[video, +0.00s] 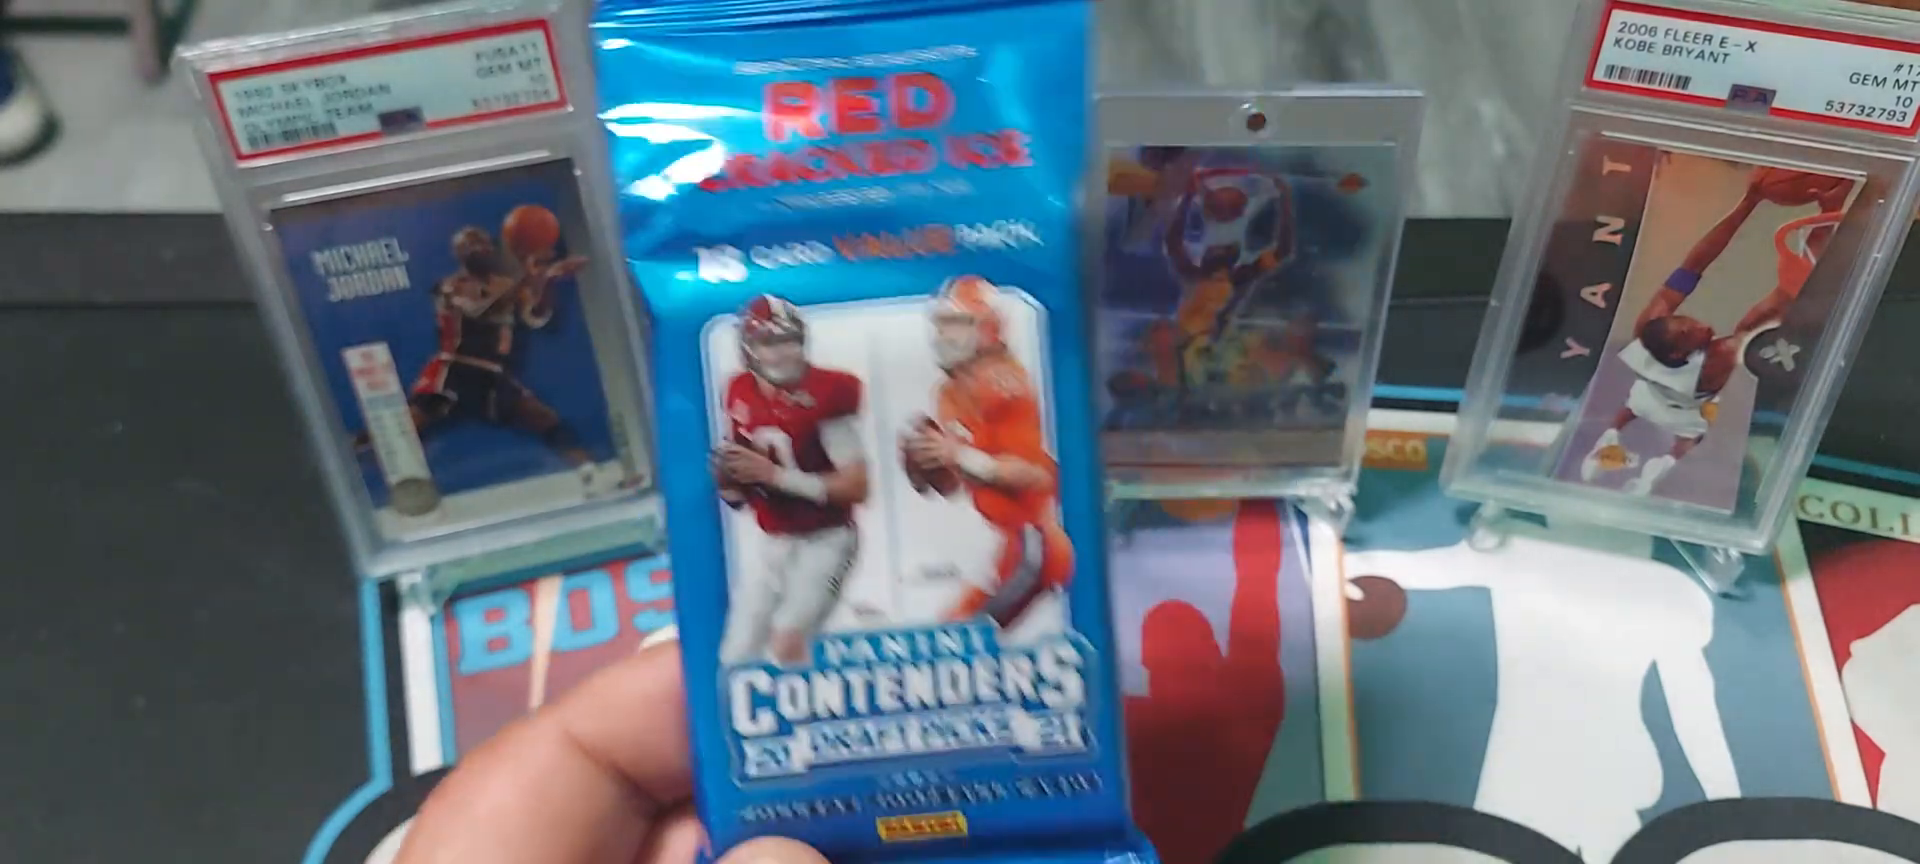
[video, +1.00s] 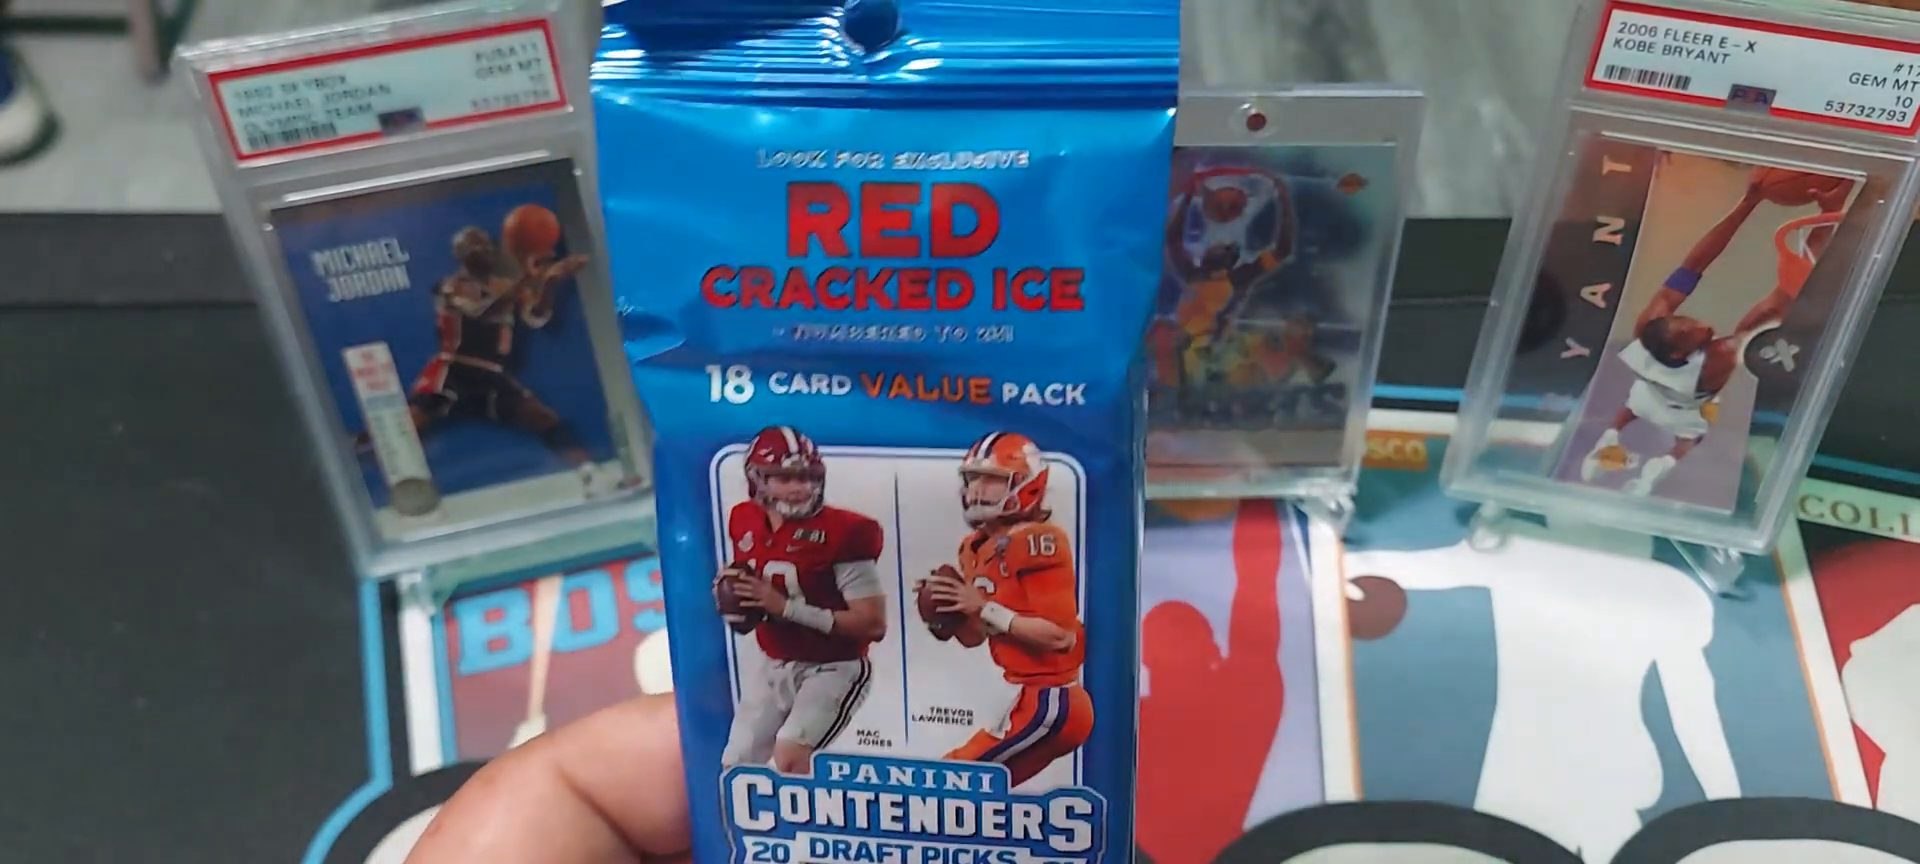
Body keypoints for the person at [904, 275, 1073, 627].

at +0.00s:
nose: (943, 335)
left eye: (955, 323)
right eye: (940, 324)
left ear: (984, 329)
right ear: (935, 328)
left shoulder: (1004, 382)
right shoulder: (953, 390)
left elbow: (1035, 474)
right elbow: (950, 483)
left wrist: (958, 454)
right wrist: (920, 461)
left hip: (1034, 540)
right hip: (1009, 536)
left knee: (955, 635)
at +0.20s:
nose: (873, 317)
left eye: (885, 304)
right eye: (867, 306)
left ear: (915, 308)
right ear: (859, 311)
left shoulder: (933, 357)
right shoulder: (881, 373)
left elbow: (974, 449)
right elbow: (893, 467)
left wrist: (896, 435)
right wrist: (864, 450)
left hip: (978, 519)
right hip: (956, 518)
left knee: (902, 623)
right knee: (917, 628)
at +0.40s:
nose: (988, 383)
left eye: (1002, 373)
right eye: (982, 372)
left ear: (1034, 377)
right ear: (974, 375)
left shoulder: (1047, 430)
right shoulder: (987, 444)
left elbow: (1078, 529)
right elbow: (990, 541)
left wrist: (999, 509)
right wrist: (962, 515)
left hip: (1073, 600)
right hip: (1054, 599)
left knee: (980, 698)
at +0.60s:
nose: (1027, 423)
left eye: (1041, 413)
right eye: (1023, 411)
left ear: (1072, 419)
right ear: (1014, 414)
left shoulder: (1083, 475)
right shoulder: (1019, 484)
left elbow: (1102, 575)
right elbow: (1014, 580)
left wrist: (1027, 549)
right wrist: (988, 551)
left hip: (1093, 649)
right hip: (1067, 646)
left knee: (986, 737)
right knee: (995, 743)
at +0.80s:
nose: (1005, 433)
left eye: (1018, 424)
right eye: (1000, 422)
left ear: (1050, 429)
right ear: (992, 424)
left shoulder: (1061, 484)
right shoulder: (998, 491)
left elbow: (1079, 582)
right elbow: (994, 587)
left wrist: (1006, 556)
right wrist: (967, 559)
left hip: (1071, 654)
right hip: (1047, 650)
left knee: (968, 741)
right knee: (973, 745)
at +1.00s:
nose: (977, 490)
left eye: (991, 480)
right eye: (972, 479)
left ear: (1023, 485)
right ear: (964, 483)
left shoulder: (1040, 541)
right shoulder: (973, 547)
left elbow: (1059, 635)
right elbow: (972, 637)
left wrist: (983, 608)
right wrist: (943, 611)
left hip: (1052, 704)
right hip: (1028, 700)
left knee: (948, 782)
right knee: (957, 788)